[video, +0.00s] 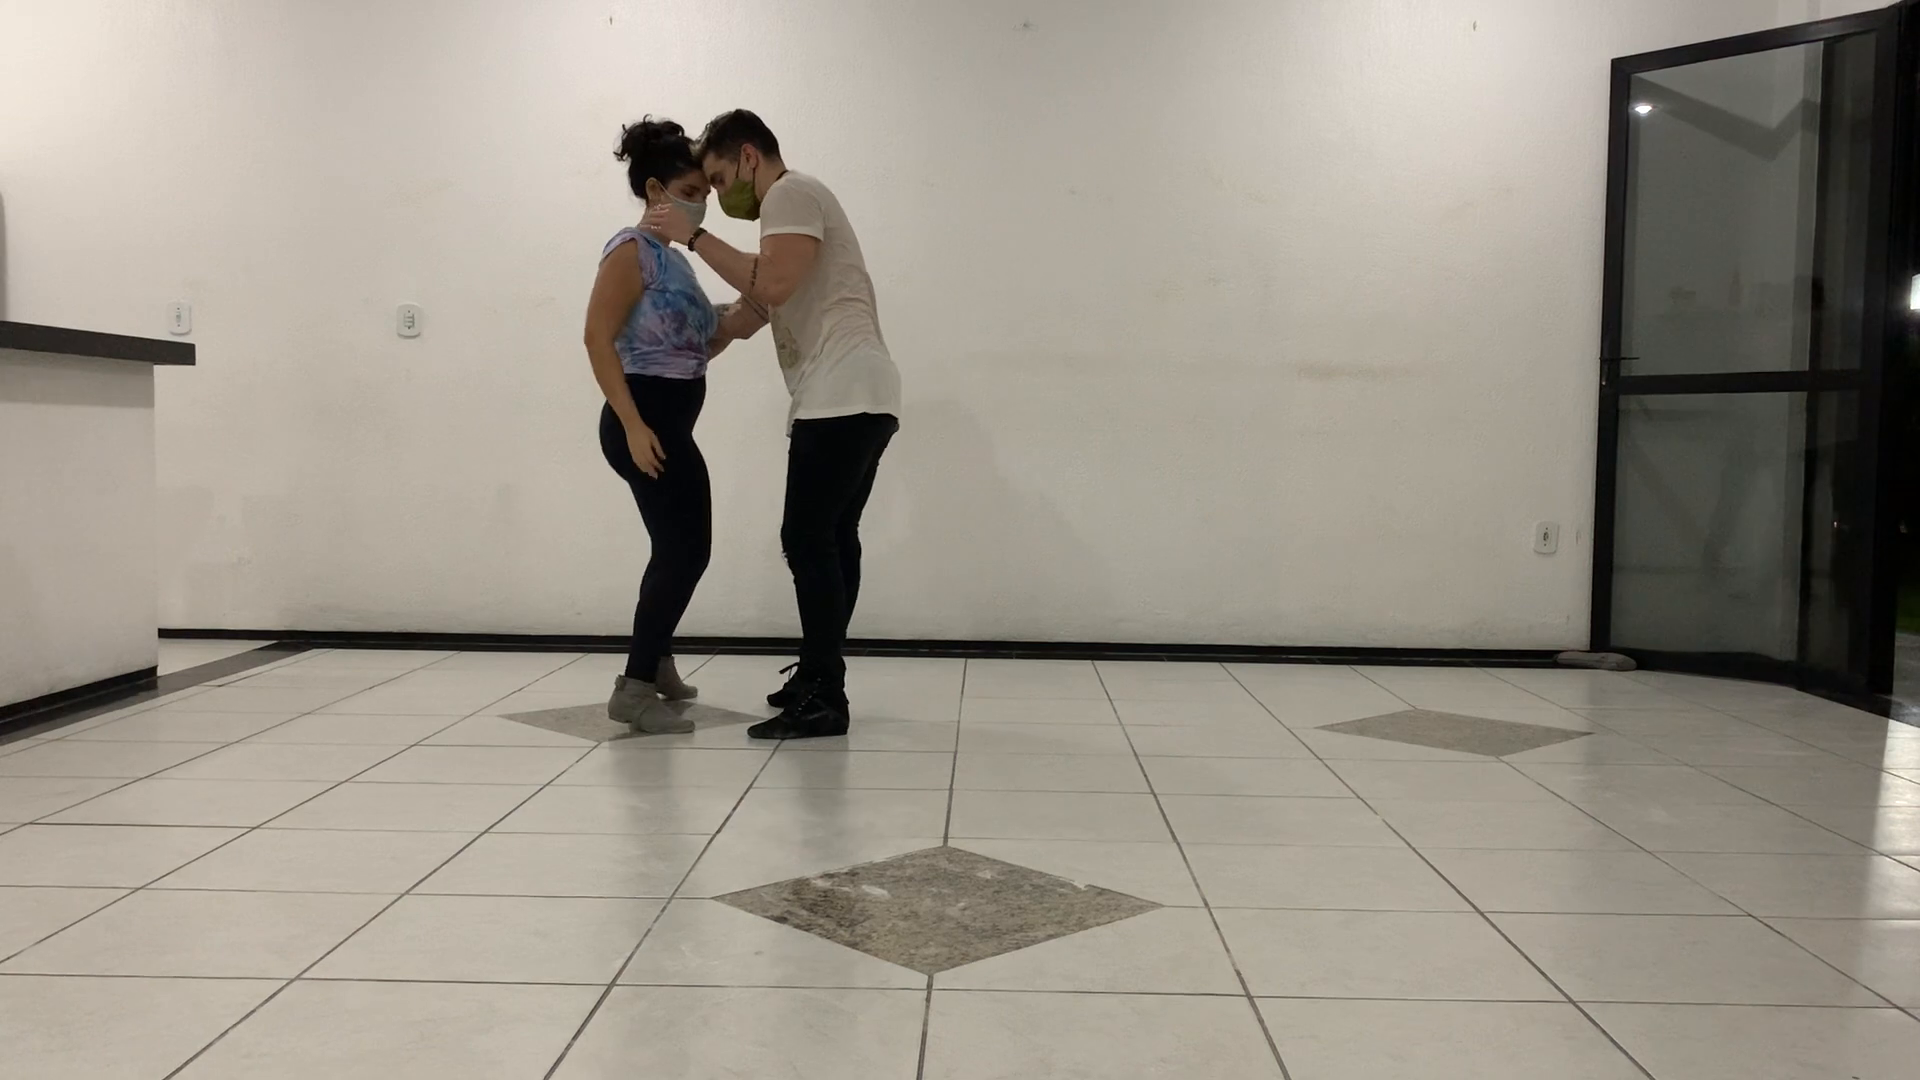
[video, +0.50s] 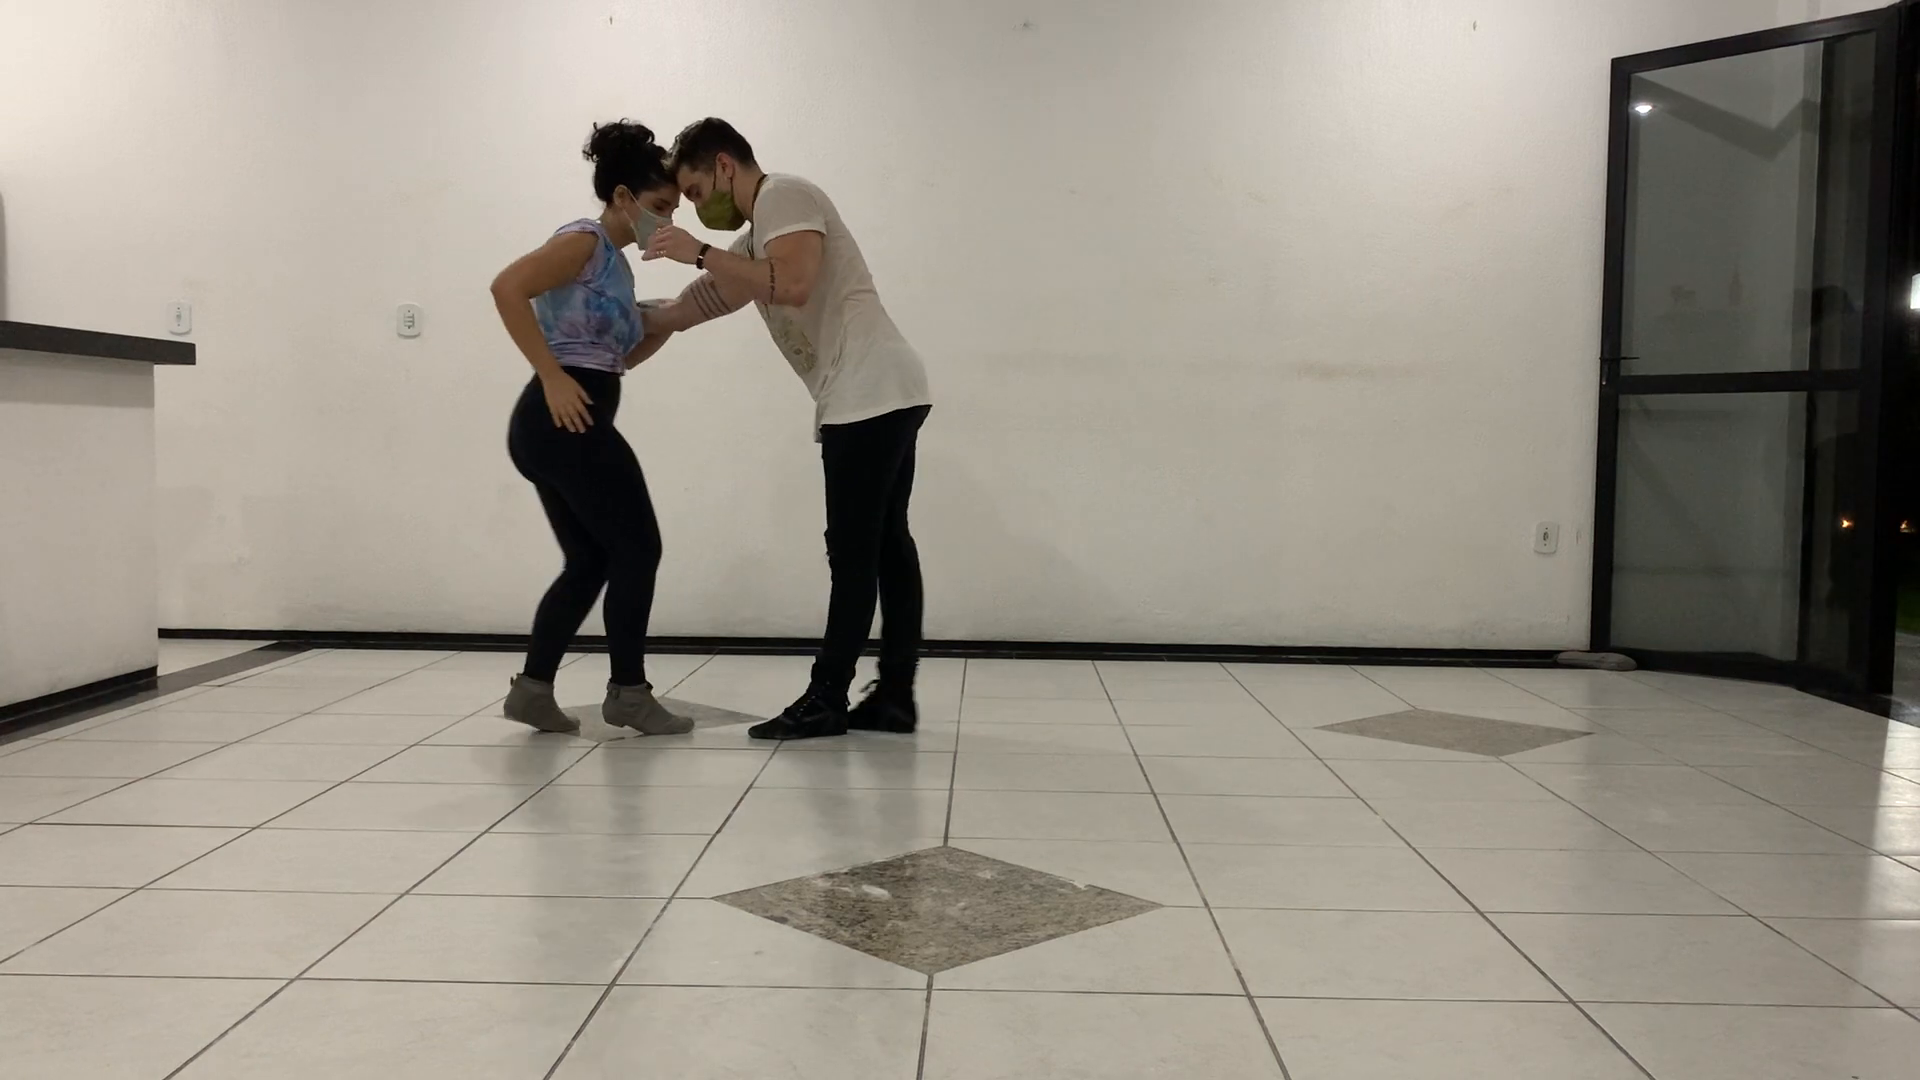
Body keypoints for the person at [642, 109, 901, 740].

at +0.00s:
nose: (721, 196)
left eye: (719, 181)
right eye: (714, 188)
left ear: (749, 157)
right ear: (756, 160)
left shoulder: (794, 194)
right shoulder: (797, 208)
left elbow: (772, 283)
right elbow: (746, 318)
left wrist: (692, 233)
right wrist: (675, 339)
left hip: (841, 396)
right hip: (853, 396)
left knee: (807, 537)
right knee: (833, 537)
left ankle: (823, 696)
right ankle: (817, 678)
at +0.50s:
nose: (694, 204)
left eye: (694, 188)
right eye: (688, 195)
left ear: (727, 164)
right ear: (726, 172)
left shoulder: (784, 197)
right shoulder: (760, 242)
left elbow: (793, 284)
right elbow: (682, 309)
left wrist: (698, 253)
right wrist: (592, 315)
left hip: (867, 395)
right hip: (878, 394)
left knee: (851, 548)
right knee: (892, 543)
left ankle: (825, 700)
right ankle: (895, 696)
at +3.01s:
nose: (614, 131)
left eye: (628, 122)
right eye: (616, 120)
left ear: (671, 135)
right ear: (651, 137)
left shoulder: (714, 205)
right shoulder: (630, 229)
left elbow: (742, 294)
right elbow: (600, 324)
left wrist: (665, 260)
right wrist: (526, 320)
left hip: (737, 408)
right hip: (665, 416)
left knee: (776, 546)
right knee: (630, 540)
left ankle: (815, 695)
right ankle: (646, 688)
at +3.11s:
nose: (605, 133)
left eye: (620, 125)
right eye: (608, 122)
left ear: (661, 143)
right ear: (640, 143)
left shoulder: (697, 213)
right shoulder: (618, 230)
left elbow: (715, 301)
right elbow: (605, 330)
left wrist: (640, 253)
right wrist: (526, 326)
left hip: (723, 412)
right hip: (652, 421)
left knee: (772, 545)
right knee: (611, 542)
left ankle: (821, 693)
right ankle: (645, 687)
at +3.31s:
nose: (593, 160)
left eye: (607, 149)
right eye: (591, 147)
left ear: (650, 156)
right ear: (593, 151)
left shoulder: (686, 231)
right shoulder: (593, 243)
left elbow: (683, 323)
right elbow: (565, 341)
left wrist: (624, 269)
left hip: (698, 425)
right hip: (623, 431)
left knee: (750, 552)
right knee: (579, 547)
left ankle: (819, 694)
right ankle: (637, 686)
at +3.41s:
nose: (589, 174)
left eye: (602, 163)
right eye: (585, 161)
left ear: (645, 164)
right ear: (587, 161)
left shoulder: (695, 238)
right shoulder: (583, 247)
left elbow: (699, 332)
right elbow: (548, 334)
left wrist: (636, 282)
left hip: (698, 421)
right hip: (619, 429)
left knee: (727, 545)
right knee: (575, 551)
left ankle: (792, 696)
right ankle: (631, 688)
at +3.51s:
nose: (594, 171)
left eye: (607, 161)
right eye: (592, 160)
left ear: (652, 166)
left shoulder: (704, 241)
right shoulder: (584, 249)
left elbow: (724, 340)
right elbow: (544, 330)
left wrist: (658, 304)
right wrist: (457, 305)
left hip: (705, 405)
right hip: (627, 421)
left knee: (716, 522)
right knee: (582, 551)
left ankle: (757, 667)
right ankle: (632, 686)